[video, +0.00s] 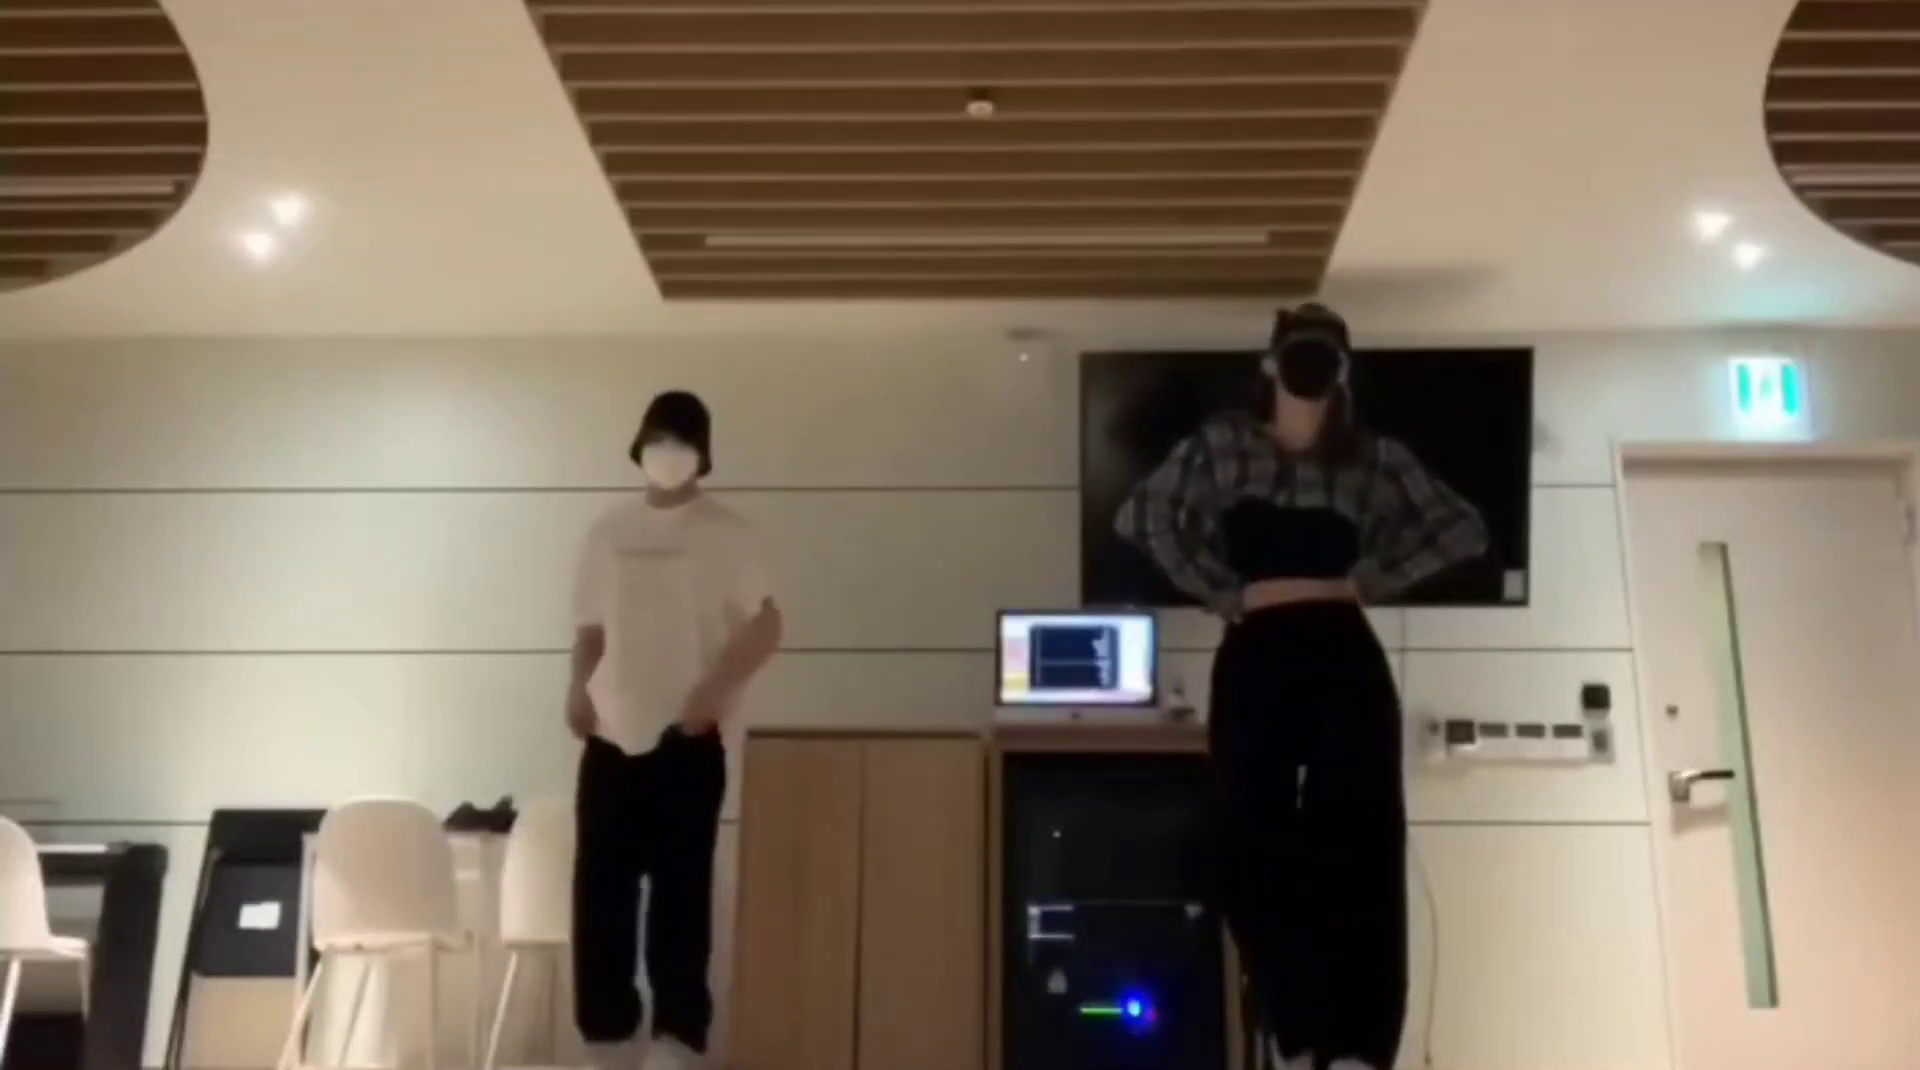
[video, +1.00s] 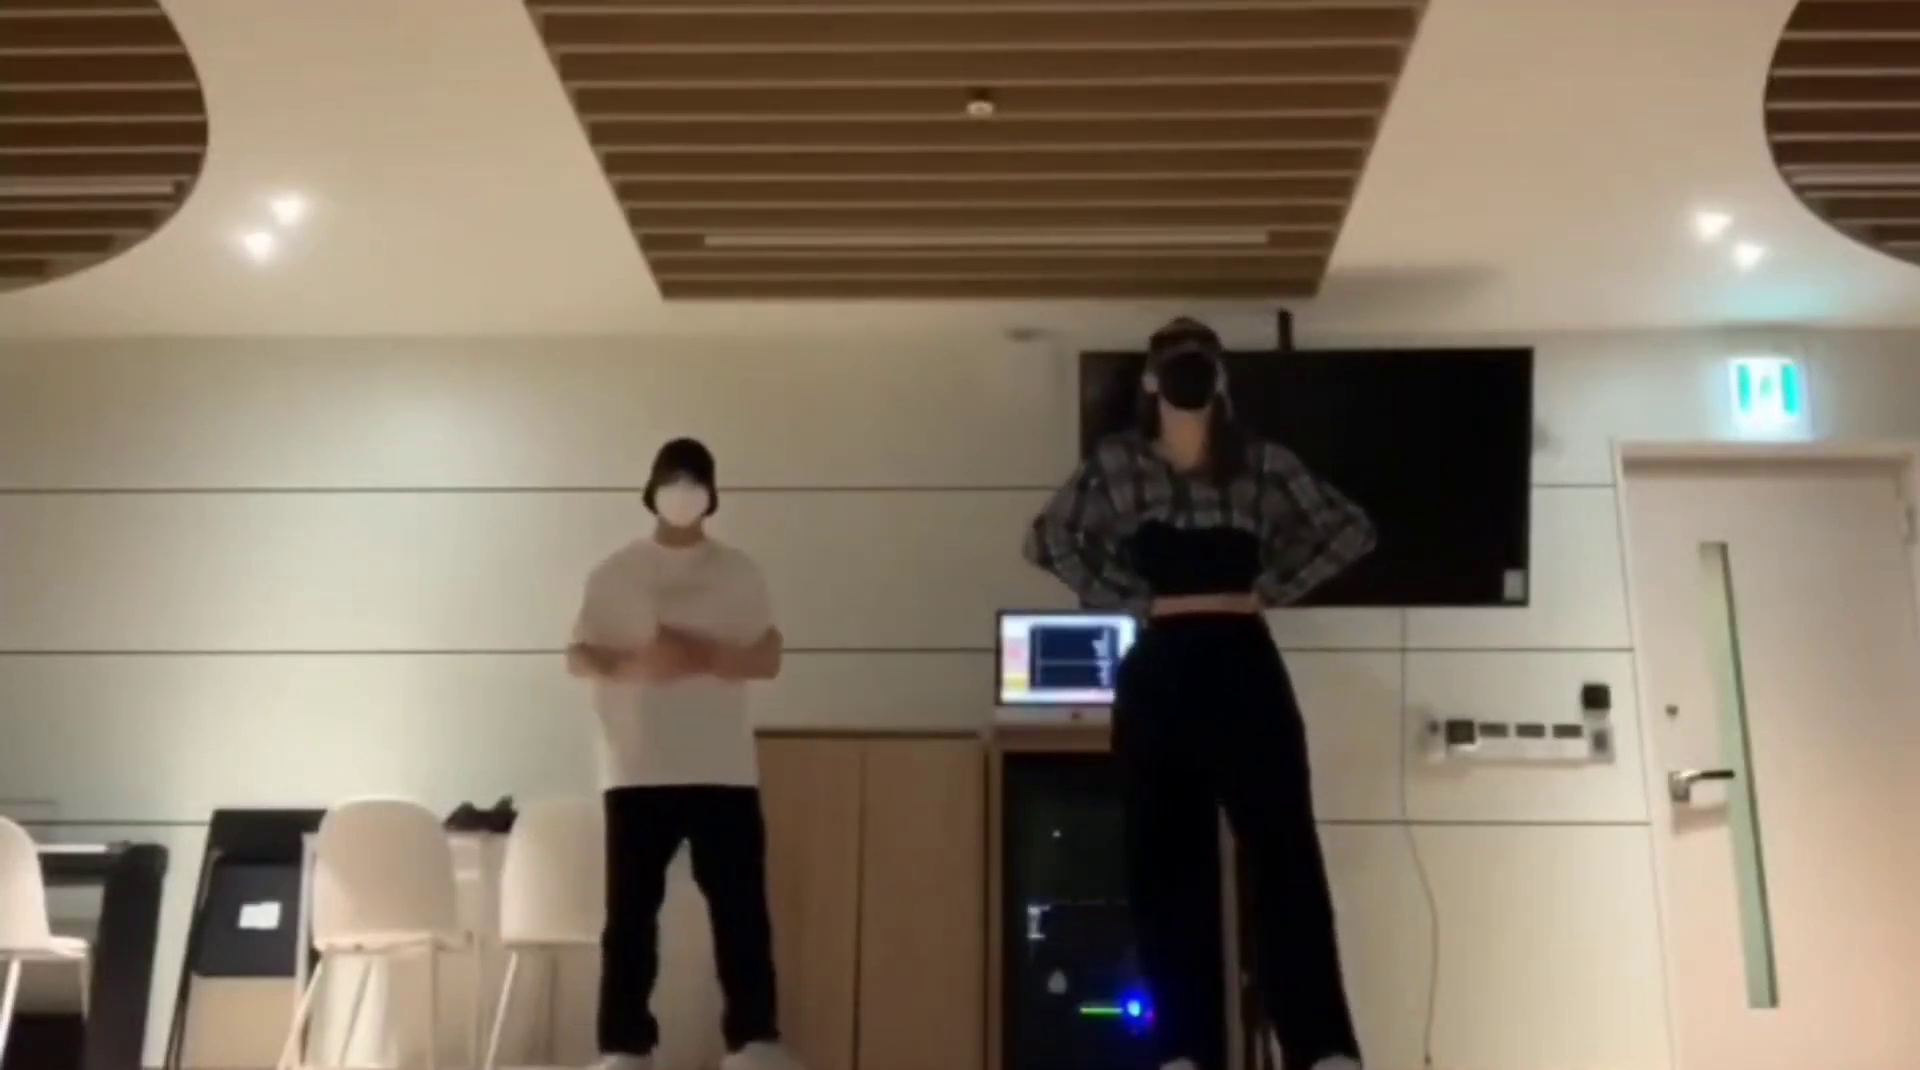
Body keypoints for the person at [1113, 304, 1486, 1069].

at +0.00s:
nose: (1310, 362)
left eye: (1323, 351)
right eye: (1299, 349)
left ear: (1342, 366)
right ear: (1272, 362)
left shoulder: (1373, 455)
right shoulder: (1224, 444)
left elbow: (1464, 530)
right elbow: (1144, 517)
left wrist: (1376, 578)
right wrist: (1218, 591)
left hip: (1345, 657)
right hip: (1257, 659)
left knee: (1359, 840)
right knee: (1257, 843)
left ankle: (1358, 1041)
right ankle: (1293, 1040)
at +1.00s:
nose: (1189, 368)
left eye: (1199, 356)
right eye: (1174, 358)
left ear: (1221, 376)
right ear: (1150, 379)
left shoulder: (1264, 464)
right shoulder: (1116, 465)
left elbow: (1352, 530)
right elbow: (1049, 538)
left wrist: (1277, 586)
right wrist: (1126, 595)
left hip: (1248, 670)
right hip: (1162, 674)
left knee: (1283, 854)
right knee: (1168, 860)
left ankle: (1321, 1047)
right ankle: (1184, 1046)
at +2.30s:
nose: (1235, 418)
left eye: (1245, 407)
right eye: (1222, 408)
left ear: (1266, 424)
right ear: (1195, 423)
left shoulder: (1300, 504)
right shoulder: (1158, 495)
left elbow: (1379, 569)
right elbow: (1092, 569)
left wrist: (1358, 639)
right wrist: (1147, 632)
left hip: (1279, 691)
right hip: (1195, 691)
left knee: (1278, 869)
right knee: (1186, 866)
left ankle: (1267, 1040)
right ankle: (1190, 1039)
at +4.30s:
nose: (1203, 429)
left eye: (1215, 418)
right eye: (1189, 419)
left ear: (1235, 437)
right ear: (1165, 437)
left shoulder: (1269, 524)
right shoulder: (1130, 528)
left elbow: (1295, 623)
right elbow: (1109, 629)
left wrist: (1314, 715)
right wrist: (1129, 713)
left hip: (1255, 708)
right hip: (1179, 710)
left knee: (1256, 871)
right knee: (1190, 873)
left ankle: (1254, 1040)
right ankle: (1199, 1041)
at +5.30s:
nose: (1169, 410)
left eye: (1181, 397)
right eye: (1153, 399)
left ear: (1201, 413)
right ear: (1129, 417)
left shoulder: (1228, 494)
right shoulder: (1096, 493)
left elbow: (1244, 586)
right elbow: (1056, 585)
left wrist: (1237, 634)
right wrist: (1085, 678)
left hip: (1202, 689)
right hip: (1123, 688)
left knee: (1194, 829)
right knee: (1108, 839)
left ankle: (1186, 971)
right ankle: (1100, 993)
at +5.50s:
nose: (1177, 418)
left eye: (1188, 407)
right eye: (1163, 407)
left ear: (1207, 423)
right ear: (1137, 424)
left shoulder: (1229, 497)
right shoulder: (1100, 506)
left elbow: (1260, 561)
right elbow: (1068, 596)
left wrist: (1309, 573)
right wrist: (1092, 652)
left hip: (1222, 698)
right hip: (1134, 700)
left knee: (1291, 852)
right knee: (1083, 858)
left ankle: (1405, 1032)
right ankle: (1090, 1035)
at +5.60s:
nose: (1175, 423)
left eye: (1188, 411)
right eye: (1162, 412)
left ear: (1210, 429)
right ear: (1140, 428)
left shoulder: (1244, 489)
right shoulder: (1121, 507)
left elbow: (1346, 527)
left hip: (1253, 695)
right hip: (1167, 712)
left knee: (1348, 861)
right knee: (1105, 864)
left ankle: (1446, 1056)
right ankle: (1086, 1041)